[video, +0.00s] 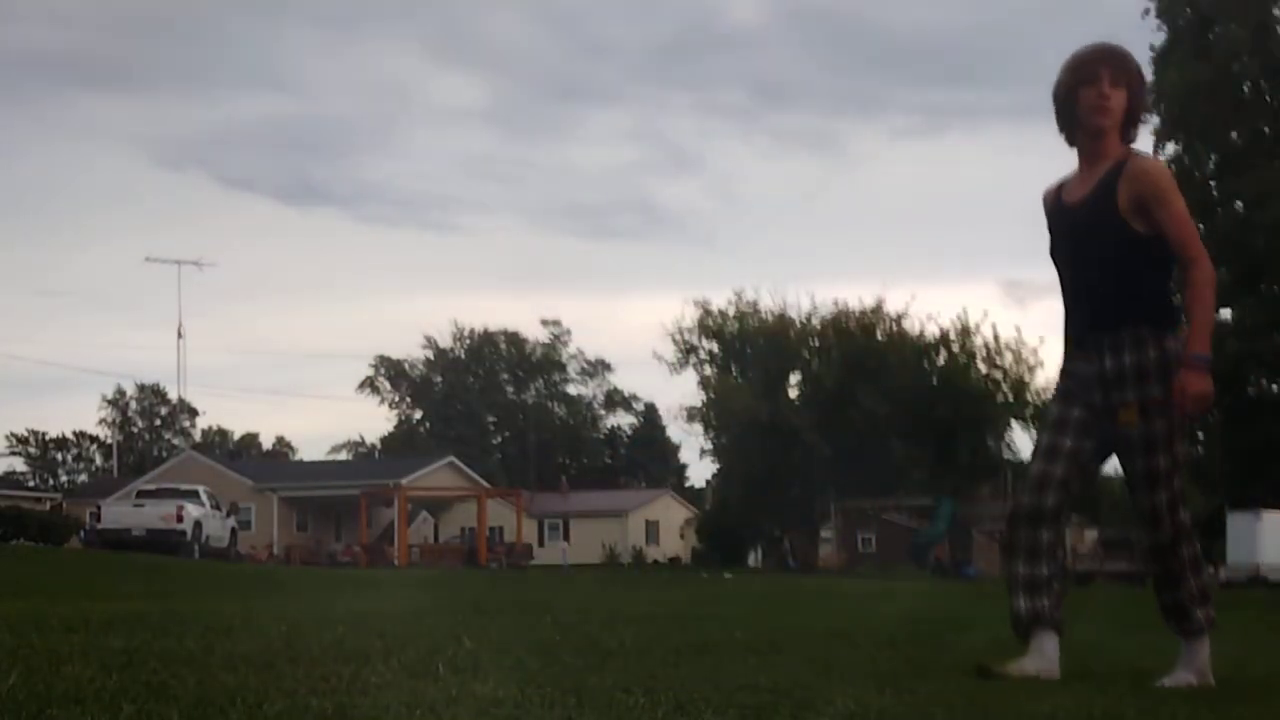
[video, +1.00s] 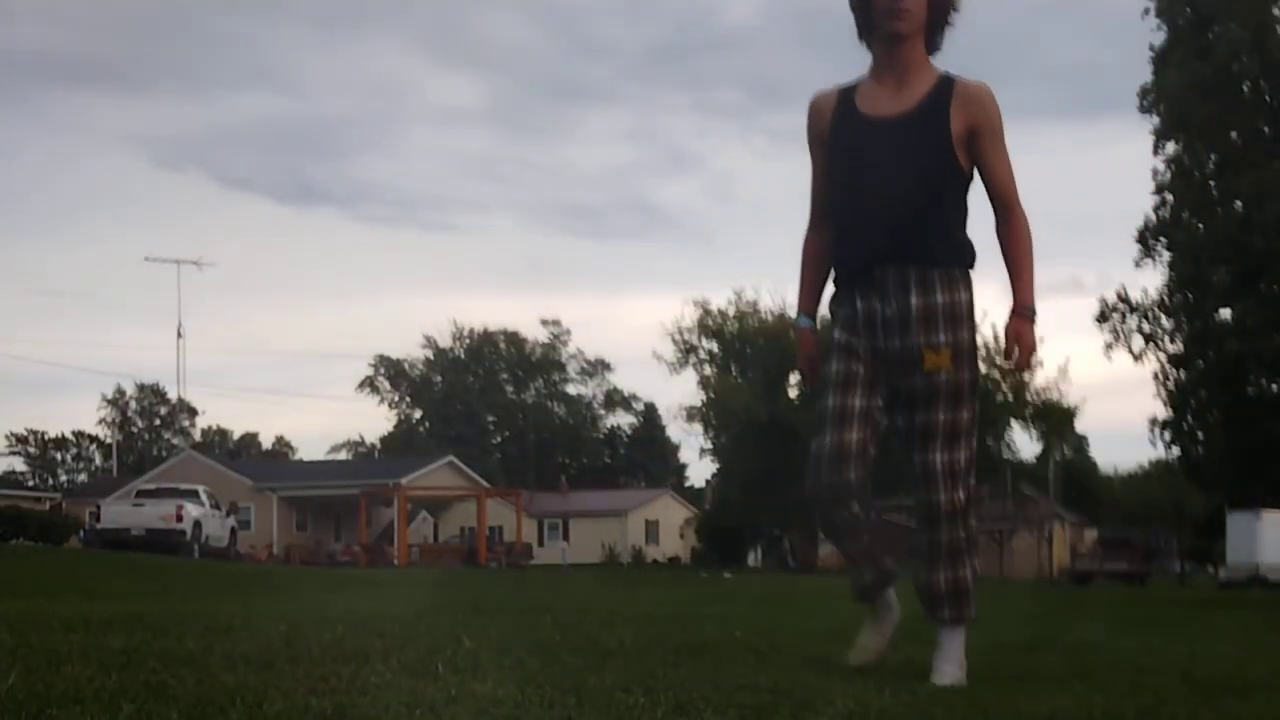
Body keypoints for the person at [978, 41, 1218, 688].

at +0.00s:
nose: (1101, 94)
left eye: (1114, 86)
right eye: (1088, 85)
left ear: (1131, 101)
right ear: (1067, 102)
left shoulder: (1144, 172)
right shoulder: (1057, 197)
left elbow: (1198, 264)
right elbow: (1080, 290)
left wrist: (1196, 358)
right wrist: (1075, 366)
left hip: (1147, 357)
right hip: (1083, 365)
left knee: (1161, 506)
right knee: (1039, 496)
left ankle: (1196, 655)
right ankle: (1043, 649)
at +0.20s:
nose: (1027, 82)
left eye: (1039, 71)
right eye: (1013, 78)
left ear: (1067, 86)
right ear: (1000, 103)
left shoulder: (1104, 164)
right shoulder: (1000, 196)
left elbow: (1167, 254)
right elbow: (1012, 290)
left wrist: (1202, 350)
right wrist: (1003, 370)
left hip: (1097, 354)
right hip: (1027, 360)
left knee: (1114, 502)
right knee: (1008, 507)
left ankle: (1178, 636)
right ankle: (1037, 657)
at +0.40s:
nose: (987, 58)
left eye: (999, 46)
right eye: (973, 53)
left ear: (1026, 59)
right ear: (960, 74)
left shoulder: (1071, 141)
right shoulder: (952, 172)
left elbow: (1128, 231)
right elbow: (951, 272)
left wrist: (1145, 328)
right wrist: (919, 356)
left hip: (1059, 331)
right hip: (993, 339)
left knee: (1038, 477)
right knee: (997, 493)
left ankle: (1082, 595)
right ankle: (1032, 646)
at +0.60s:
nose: (964, 46)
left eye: (977, 34)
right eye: (949, 37)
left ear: (1000, 48)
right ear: (932, 57)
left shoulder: (1040, 139)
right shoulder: (914, 157)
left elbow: (1082, 241)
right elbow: (896, 260)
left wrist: (1079, 337)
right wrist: (853, 324)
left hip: (1023, 332)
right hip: (952, 339)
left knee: (989, 482)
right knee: (985, 490)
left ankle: (966, 624)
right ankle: (1035, 651)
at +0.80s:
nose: (938, 22)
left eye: (953, 11)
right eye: (924, 11)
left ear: (975, 28)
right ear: (906, 29)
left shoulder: (1007, 124)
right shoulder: (875, 130)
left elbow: (1041, 236)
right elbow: (861, 239)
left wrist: (1041, 340)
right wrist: (827, 323)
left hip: (978, 313)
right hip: (906, 320)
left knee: (948, 480)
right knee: (934, 485)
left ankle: (952, 647)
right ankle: (1013, 621)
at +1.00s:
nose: (897, 2)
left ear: (934, 9)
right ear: (861, 11)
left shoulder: (968, 100)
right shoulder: (829, 108)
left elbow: (1009, 211)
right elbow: (821, 222)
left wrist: (1024, 310)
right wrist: (806, 317)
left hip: (939, 301)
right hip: (856, 306)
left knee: (942, 478)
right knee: (834, 478)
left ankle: (951, 631)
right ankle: (880, 596)